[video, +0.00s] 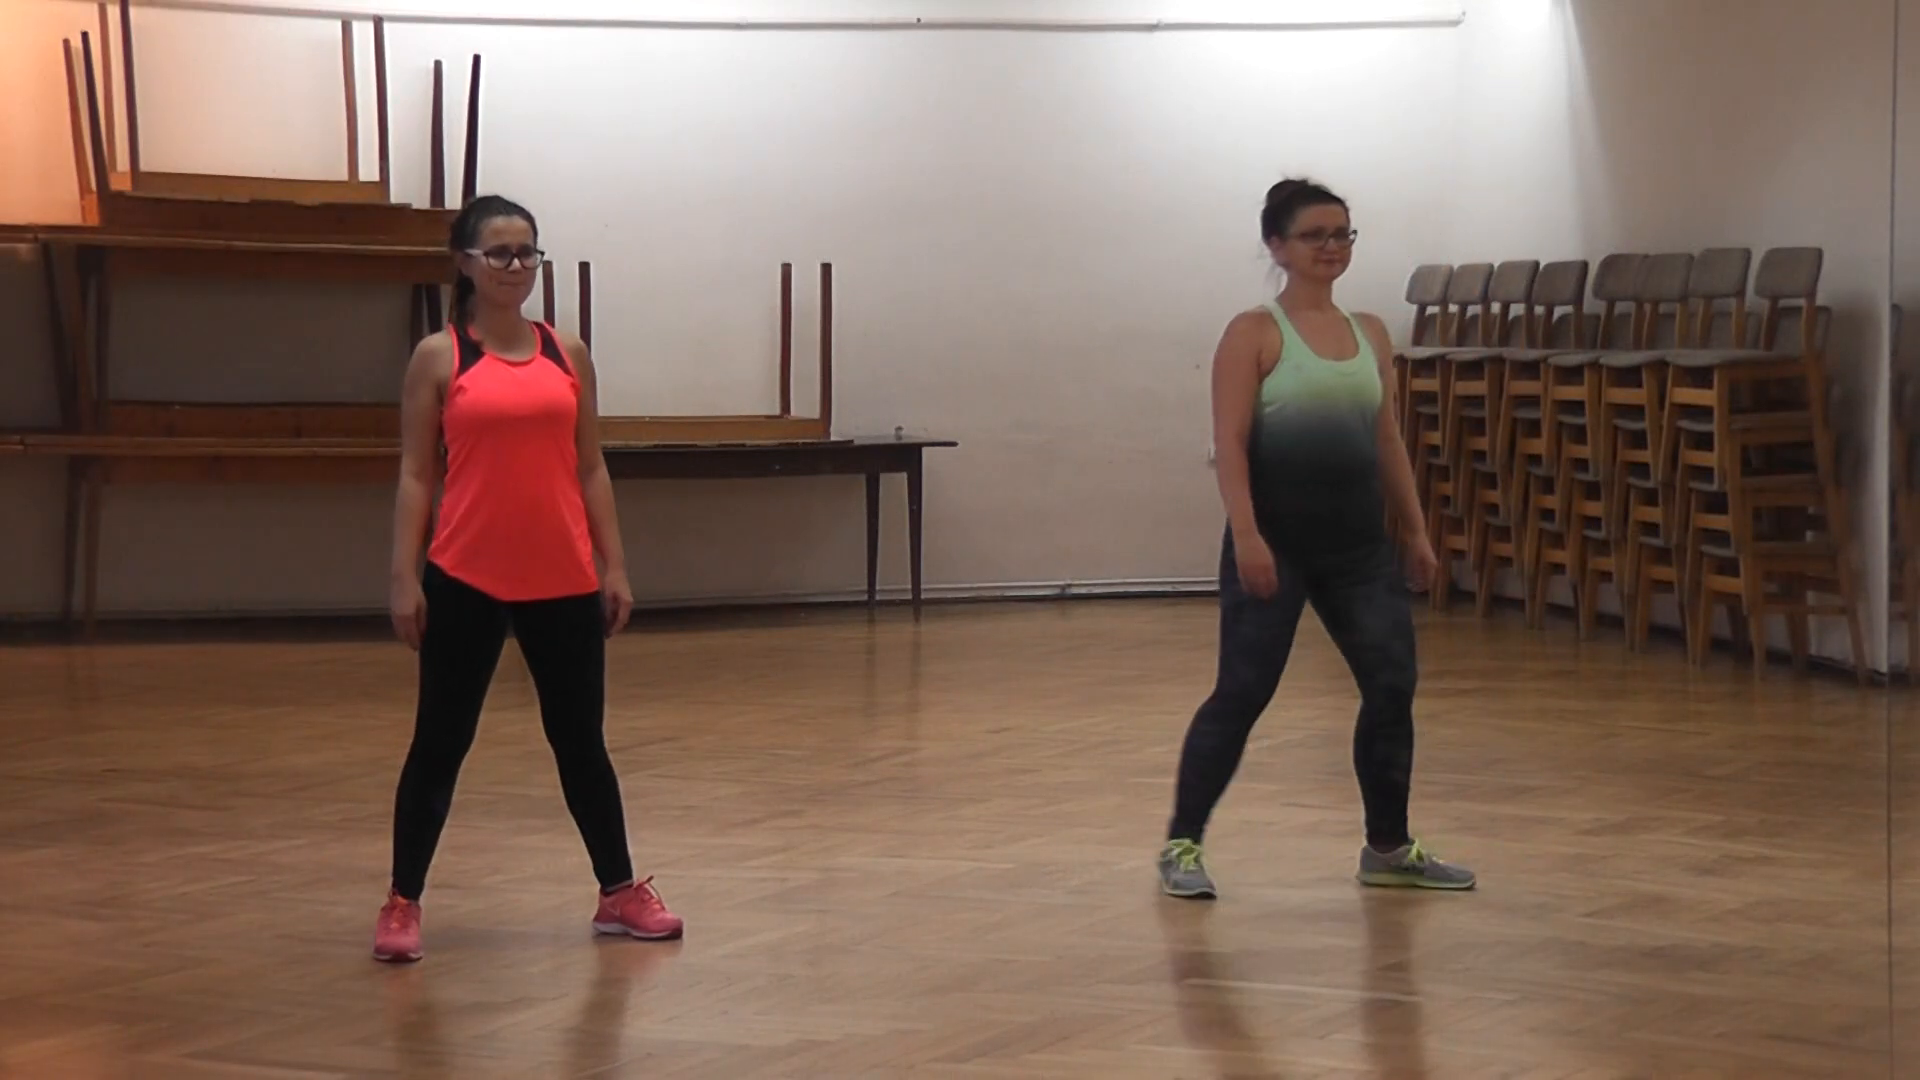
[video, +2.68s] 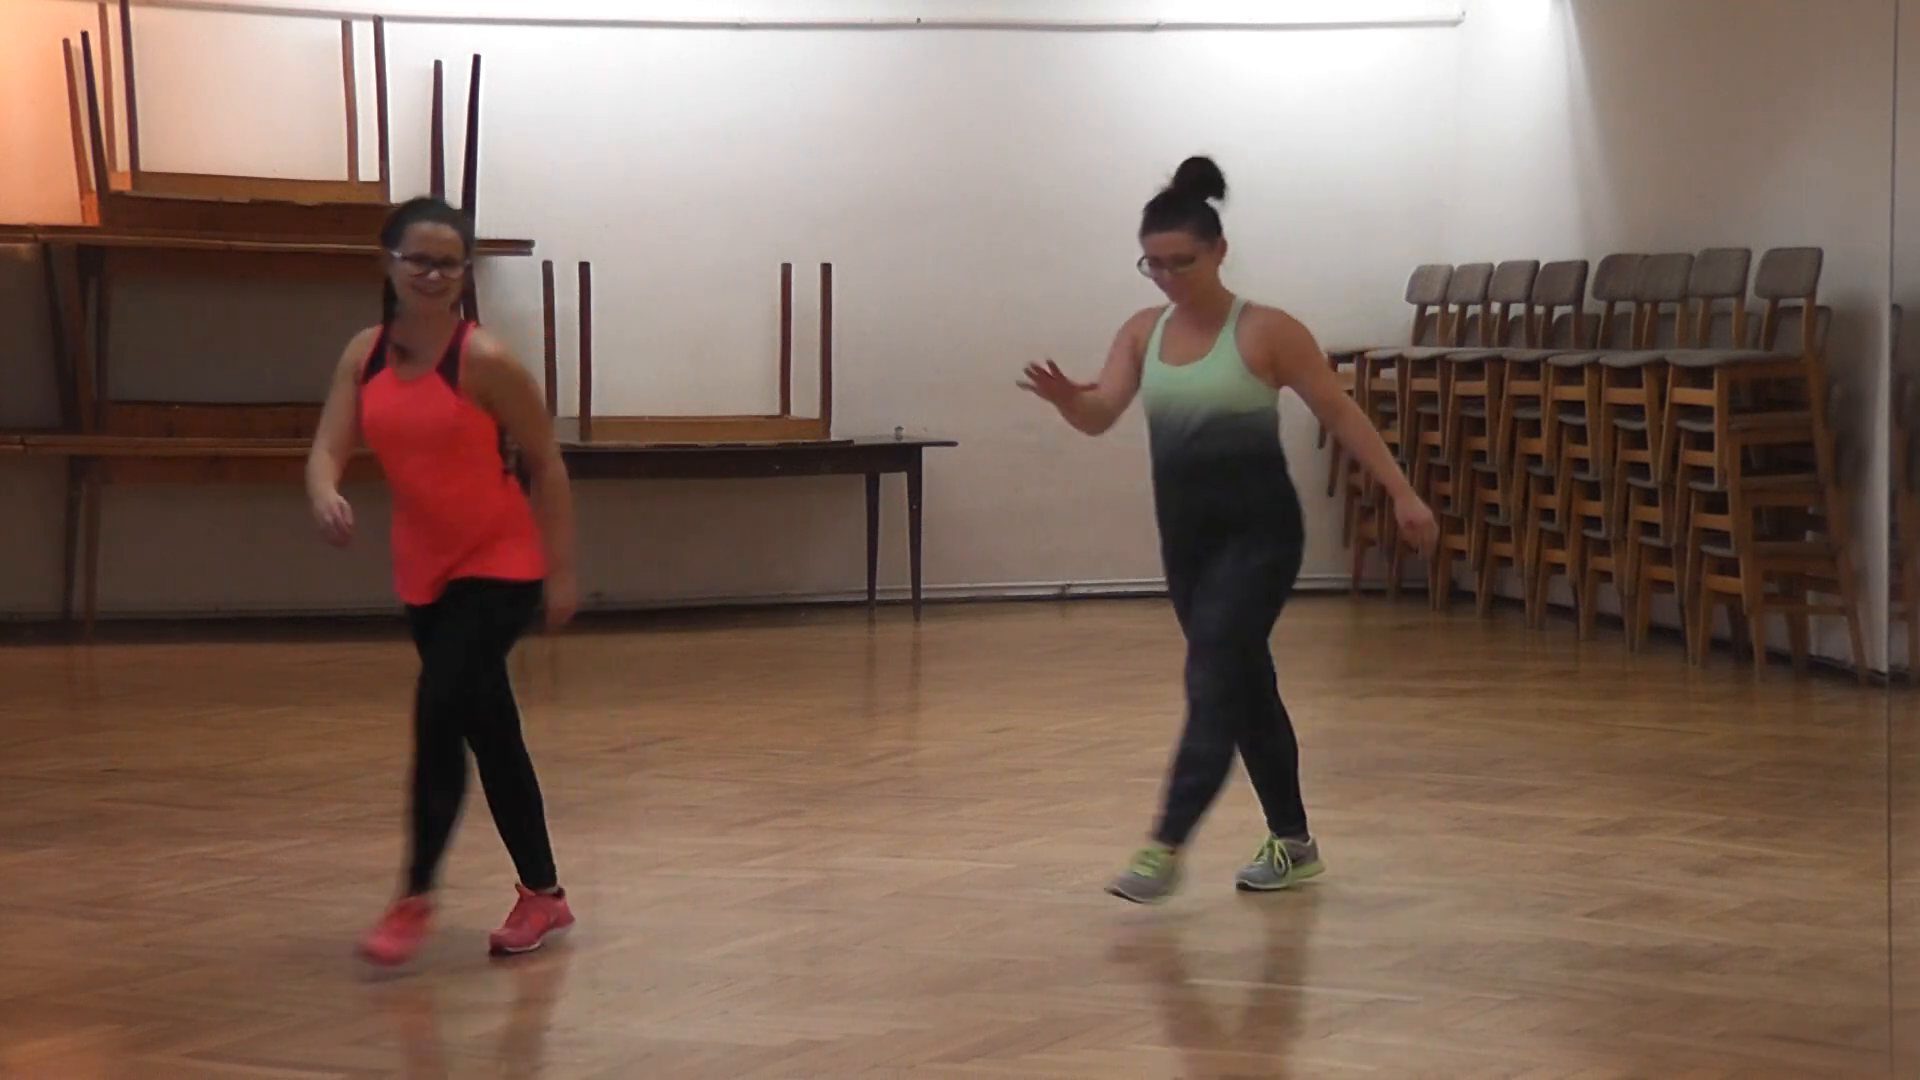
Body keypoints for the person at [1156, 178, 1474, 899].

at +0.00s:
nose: (1334, 247)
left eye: (1342, 235)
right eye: (1316, 236)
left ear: (1351, 241)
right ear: (1278, 246)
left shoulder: (1370, 333)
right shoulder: (1252, 334)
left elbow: (1389, 442)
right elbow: (1229, 445)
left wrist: (1415, 532)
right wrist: (1246, 537)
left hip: (1358, 548)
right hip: (1270, 548)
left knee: (1391, 683)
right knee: (1242, 693)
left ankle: (1388, 848)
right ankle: (1183, 843)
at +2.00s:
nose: (1275, 274)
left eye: (1283, 255)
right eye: (1260, 267)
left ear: (1321, 236)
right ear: (1253, 269)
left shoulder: (1385, 322)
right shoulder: (1260, 336)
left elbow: (1420, 425)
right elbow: (1243, 434)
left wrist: (1372, 482)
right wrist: (1184, 499)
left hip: (1374, 541)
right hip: (1285, 542)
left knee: (1364, 698)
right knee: (1259, 691)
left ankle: (1362, 848)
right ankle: (1223, 847)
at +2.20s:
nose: (1255, 258)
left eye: (1265, 241)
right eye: (1244, 248)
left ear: (1307, 225)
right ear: (1238, 249)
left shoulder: (1363, 307)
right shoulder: (1254, 314)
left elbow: (1370, 409)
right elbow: (1268, 409)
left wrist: (1270, 427)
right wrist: (1205, 452)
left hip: (1367, 518)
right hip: (1283, 519)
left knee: (1377, 678)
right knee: (1259, 675)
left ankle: (1403, 836)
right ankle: (1265, 834)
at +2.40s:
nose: (1230, 285)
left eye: (1241, 269)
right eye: (1219, 273)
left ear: (1282, 256)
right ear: (1211, 270)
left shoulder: (1326, 341)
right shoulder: (1217, 348)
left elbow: (1347, 450)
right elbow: (1218, 444)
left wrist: (1275, 524)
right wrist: (1156, 505)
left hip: (1331, 548)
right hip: (1248, 547)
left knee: (1341, 693)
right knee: (1245, 704)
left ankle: (1409, 835)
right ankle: (1294, 846)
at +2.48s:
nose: (1211, 280)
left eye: (1223, 265)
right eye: (1200, 268)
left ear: (1263, 254)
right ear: (1191, 264)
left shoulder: (1309, 338)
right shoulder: (1196, 340)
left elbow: (1344, 447)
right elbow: (1187, 437)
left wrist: (1334, 540)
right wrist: (1137, 481)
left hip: (1305, 552)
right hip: (1229, 553)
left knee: (1296, 690)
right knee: (1239, 700)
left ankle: (1372, 814)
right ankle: (1291, 845)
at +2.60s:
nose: (1184, 273)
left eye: (1196, 257)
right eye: (1172, 261)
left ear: (1235, 245)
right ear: (1164, 257)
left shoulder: (1285, 329)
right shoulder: (1166, 328)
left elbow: (1347, 421)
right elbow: (1133, 425)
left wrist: (1391, 508)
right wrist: (1087, 422)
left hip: (1281, 526)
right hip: (1204, 532)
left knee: (1237, 662)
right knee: (1237, 679)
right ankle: (1288, 842)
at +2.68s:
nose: (1167, 279)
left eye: (1180, 263)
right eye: (1154, 265)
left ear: (1218, 249)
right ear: (1143, 259)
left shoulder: (1269, 333)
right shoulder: (1143, 333)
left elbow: (1342, 414)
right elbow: (1097, 416)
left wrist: (1403, 494)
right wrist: (1067, 398)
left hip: (1259, 535)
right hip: (1187, 542)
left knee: (1211, 671)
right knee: (1248, 690)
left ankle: (1165, 846)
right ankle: (1293, 841)